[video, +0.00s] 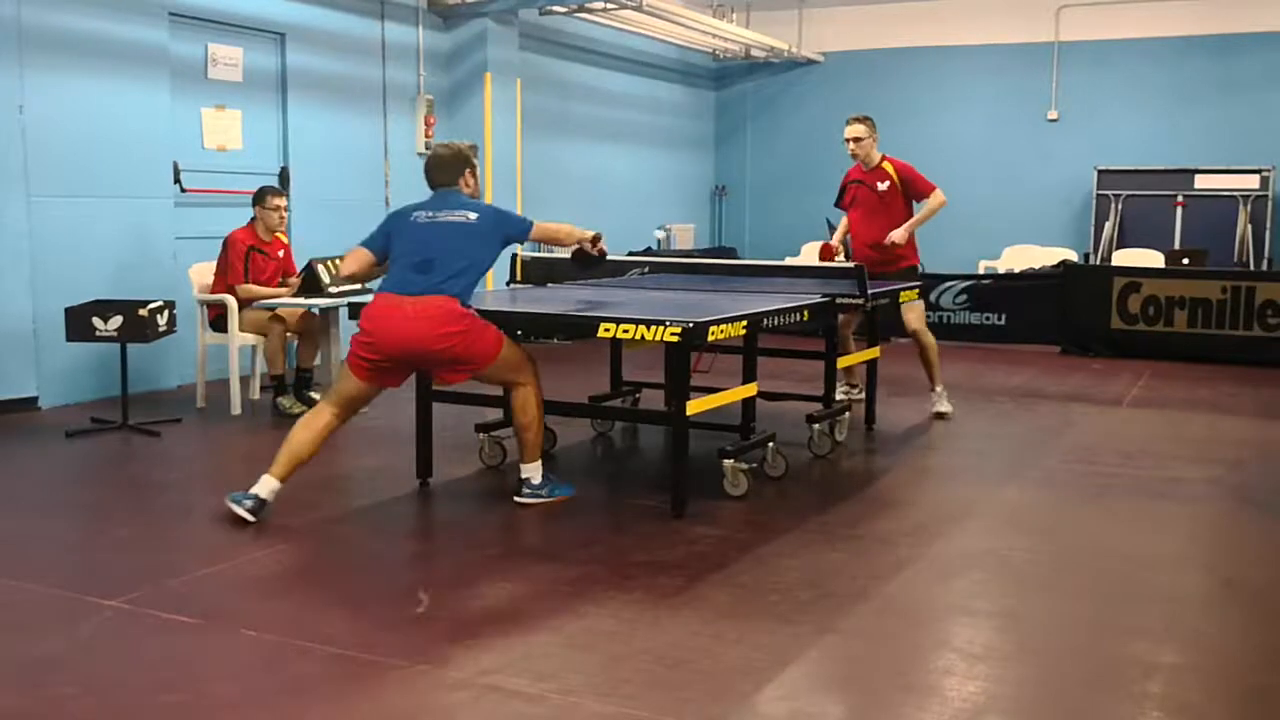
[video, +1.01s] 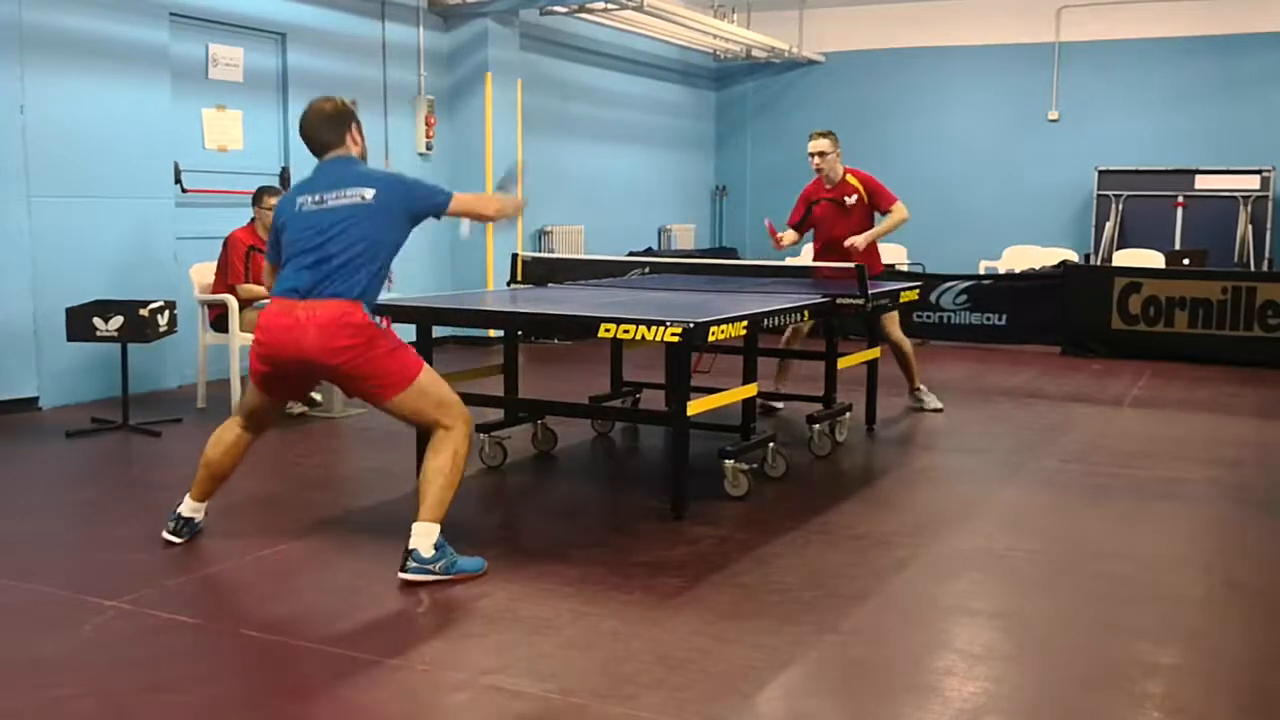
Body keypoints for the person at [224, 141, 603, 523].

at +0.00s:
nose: (479, 180)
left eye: (474, 173)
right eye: (476, 174)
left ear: (433, 181)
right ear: (467, 178)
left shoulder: (403, 216)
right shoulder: (489, 215)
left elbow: (349, 268)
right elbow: (556, 234)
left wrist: (388, 260)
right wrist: (585, 239)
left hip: (382, 320)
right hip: (441, 321)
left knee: (334, 407)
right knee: (523, 374)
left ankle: (260, 494)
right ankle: (533, 479)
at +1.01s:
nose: (364, 138)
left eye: (358, 130)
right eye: (362, 130)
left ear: (312, 147)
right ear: (355, 135)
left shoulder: (290, 201)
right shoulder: (390, 187)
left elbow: (273, 278)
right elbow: (488, 207)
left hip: (278, 328)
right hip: (345, 329)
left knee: (246, 422)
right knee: (452, 420)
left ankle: (187, 513)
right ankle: (425, 547)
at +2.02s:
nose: (293, 85)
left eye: (289, 77)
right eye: (292, 77)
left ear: (237, 82)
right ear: (282, 78)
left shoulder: (201, 140)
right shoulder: (289, 127)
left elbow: (171, 223)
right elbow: (319, 204)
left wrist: (173, 296)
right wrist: (356, 258)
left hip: (200, 280)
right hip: (258, 278)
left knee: (228, 402)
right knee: (324, 409)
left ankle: (190, 522)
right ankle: (332, 554)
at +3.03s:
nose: (260, 85)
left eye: (263, 73)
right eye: (260, 71)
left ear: (210, 57)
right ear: (236, 57)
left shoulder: (153, 109)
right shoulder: (222, 109)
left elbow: (121, 199)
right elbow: (237, 202)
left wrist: (171, 233)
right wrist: (279, 216)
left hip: (152, 266)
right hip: (201, 269)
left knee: (179, 409)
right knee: (196, 416)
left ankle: (167, 535)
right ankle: (183, 558)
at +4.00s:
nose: (335, 82)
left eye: (335, 73)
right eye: (336, 73)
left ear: (282, 68)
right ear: (324, 72)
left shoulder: (234, 114)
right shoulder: (309, 126)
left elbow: (194, 184)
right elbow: (319, 212)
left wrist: (244, 212)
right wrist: (354, 230)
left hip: (224, 262)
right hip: (281, 265)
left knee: (242, 385)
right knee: (307, 393)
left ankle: (185, 500)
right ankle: (328, 525)